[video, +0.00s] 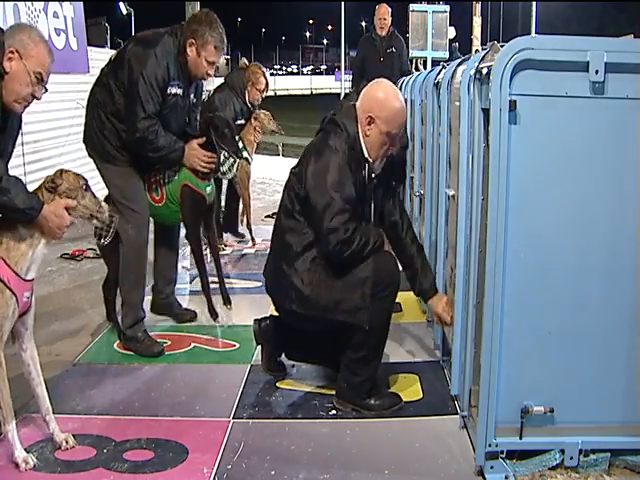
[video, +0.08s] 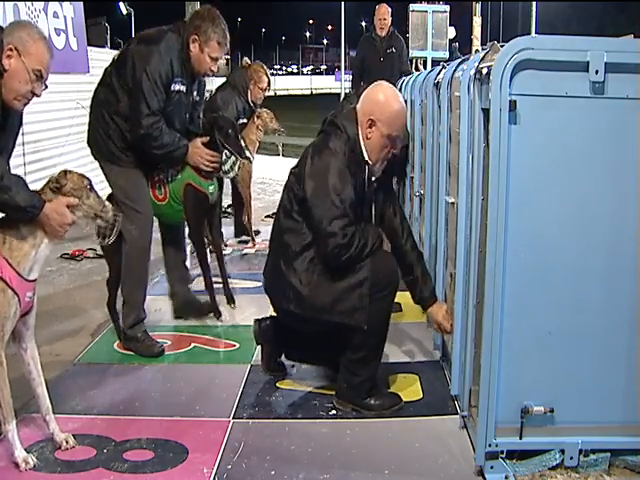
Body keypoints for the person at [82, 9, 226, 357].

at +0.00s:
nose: (211, 71)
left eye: (216, 65)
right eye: (209, 63)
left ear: (199, 48)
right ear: (190, 47)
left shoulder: (192, 66)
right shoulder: (149, 58)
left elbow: (188, 121)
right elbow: (140, 129)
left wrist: (194, 147)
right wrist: (182, 151)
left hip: (153, 141)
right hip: (113, 139)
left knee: (169, 213)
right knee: (136, 216)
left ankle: (164, 297)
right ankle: (131, 322)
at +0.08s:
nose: (216, 67)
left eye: (220, 60)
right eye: (214, 59)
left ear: (202, 44)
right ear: (193, 43)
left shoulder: (192, 63)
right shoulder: (154, 55)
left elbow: (191, 119)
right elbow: (144, 126)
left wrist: (200, 145)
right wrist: (185, 150)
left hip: (155, 141)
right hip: (117, 140)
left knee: (172, 216)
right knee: (140, 219)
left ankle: (182, 298)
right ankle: (131, 323)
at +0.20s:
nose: (223, 67)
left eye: (227, 60)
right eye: (221, 58)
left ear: (211, 44)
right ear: (201, 42)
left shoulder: (201, 65)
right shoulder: (163, 55)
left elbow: (199, 120)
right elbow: (153, 124)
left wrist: (209, 146)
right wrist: (193, 149)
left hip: (164, 143)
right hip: (125, 142)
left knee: (181, 218)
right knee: (145, 219)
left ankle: (207, 297)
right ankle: (133, 325)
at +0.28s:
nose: (231, 70)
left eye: (235, 63)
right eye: (228, 61)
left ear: (218, 46)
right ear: (209, 45)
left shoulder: (208, 68)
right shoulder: (169, 55)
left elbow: (206, 121)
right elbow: (159, 124)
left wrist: (214, 147)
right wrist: (198, 149)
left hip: (172, 144)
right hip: (133, 142)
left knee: (188, 218)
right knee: (149, 221)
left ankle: (210, 300)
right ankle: (132, 324)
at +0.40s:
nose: (240, 71)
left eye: (245, 65)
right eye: (238, 63)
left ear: (230, 50)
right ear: (220, 46)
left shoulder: (221, 70)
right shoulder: (182, 54)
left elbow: (216, 122)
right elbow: (169, 120)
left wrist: (223, 145)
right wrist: (208, 149)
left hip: (183, 144)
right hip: (142, 139)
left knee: (199, 217)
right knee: (152, 219)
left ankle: (210, 301)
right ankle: (134, 324)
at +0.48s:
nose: (247, 70)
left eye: (252, 64)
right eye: (245, 61)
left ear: (238, 49)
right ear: (228, 46)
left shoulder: (232, 69)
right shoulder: (191, 52)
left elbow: (234, 120)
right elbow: (177, 117)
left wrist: (261, 132)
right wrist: (214, 148)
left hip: (190, 145)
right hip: (148, 139)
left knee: (203, 218)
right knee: (154, 220)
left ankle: (210, 301)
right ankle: (134, 323)